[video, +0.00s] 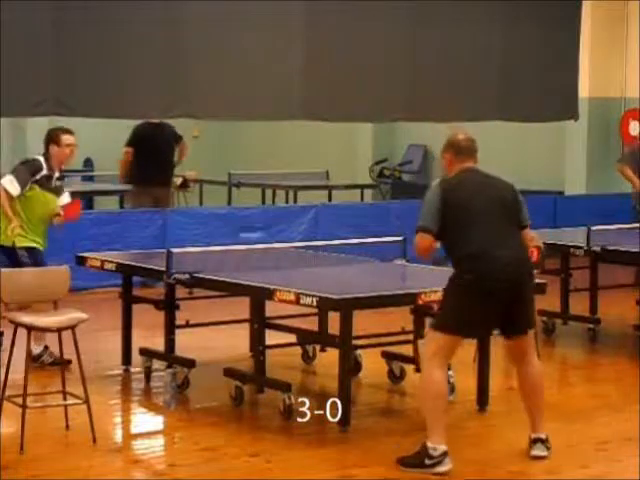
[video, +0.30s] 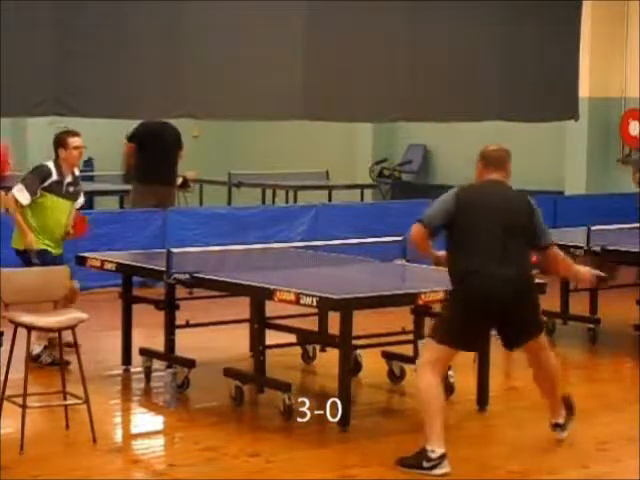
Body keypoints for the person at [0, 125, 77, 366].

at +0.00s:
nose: (71, 152)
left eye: (73, 147)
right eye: (67, 146)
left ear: (67, 150)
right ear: (52, 147)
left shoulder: (58, 178)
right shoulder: (33, 166)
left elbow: (57, 211)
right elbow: (3, 189)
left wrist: (58, 216)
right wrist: (12, 219)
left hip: (35, 242)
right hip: (16, 240)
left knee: (34, 294)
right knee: (38, 292)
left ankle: (38, 348)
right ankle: (37, 347)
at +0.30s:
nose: (80, 153)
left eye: (82, 148)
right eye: (75, 149)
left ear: (79, 152)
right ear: (61, 151)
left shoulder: (75, 180)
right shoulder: (44, 172)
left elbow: (74, 207)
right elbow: (11, 199)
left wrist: (69, 226)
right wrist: (27, 234)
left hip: (55, 246)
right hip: (33, 245)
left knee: (59, 293)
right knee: (50, 295)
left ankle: (52, 343)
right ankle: (43, 347)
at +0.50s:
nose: (89, 143)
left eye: (90, 138)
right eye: (84, 138)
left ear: (88, 142)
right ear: (70, 141)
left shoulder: (87, 168)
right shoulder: (52, 164)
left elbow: (89, 201)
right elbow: (23, 192)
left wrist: (87, 219)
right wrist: (41, 223)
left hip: (68, 238)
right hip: (45, 237)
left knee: (83, 284)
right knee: (57, 290)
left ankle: (57, 331)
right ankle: (47, 344)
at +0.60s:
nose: (97, 147)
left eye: (98, 142)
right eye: (92, 142)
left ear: (95, 146)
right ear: (78, 145)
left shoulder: (89, 173)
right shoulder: (61, 166)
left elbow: (86, 209)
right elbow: (30, 193)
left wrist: (92, 224)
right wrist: (54, 222)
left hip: (71, 242)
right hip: (49, 241)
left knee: (90, 282)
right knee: (61, 289)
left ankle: (78, 330)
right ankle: (39, 345)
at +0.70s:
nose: (102, 154)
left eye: (103, 150)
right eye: (98, 149)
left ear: (98, 153)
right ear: (83, 151)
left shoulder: (90, 178)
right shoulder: (67, 173)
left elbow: (81, 214)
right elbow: (40, 199)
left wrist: (94, 230)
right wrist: (69, 226)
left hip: (74, 246)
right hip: (53, 246)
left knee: (97, 280)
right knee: (54, 295)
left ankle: (83, 329)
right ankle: (40, 346)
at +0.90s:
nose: (112, 168)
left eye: (112, 163)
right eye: (108, 162)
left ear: (92, 165)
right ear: (94, 163)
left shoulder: (71, 181)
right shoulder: (95, 183)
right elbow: (101, 209)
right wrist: (129, 224)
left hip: (48, 250)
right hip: (66, 253)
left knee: (98, 280)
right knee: (83, 299)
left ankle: (86, 329)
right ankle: (41, 346)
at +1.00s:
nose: (114, 173)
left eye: (115, 169)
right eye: (111, 168)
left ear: (92, 169)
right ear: (97, 167)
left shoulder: (70, 183)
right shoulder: (103, 185)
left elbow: (44, 213)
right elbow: (125, 205)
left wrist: (57, 231)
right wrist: (152, 225)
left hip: (50, 249)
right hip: (70, 252)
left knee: (98, 277)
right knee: (78, 302)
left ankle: (86, 329)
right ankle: (41, 347)